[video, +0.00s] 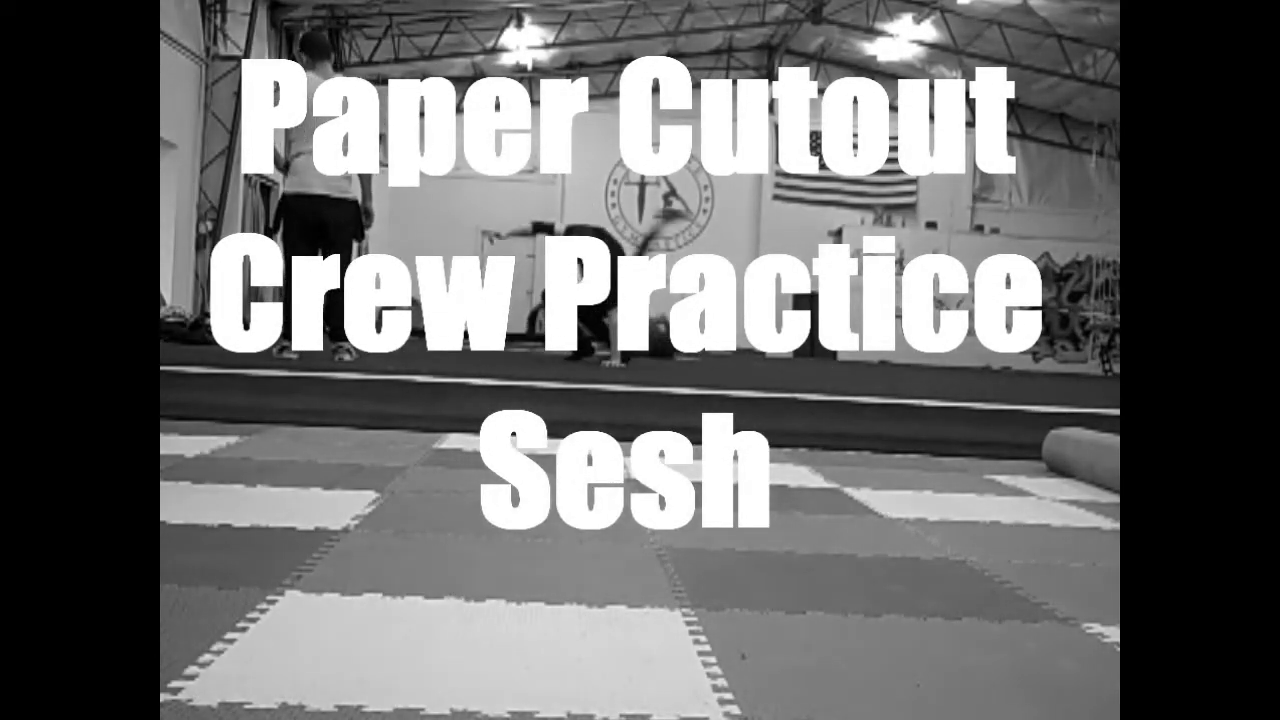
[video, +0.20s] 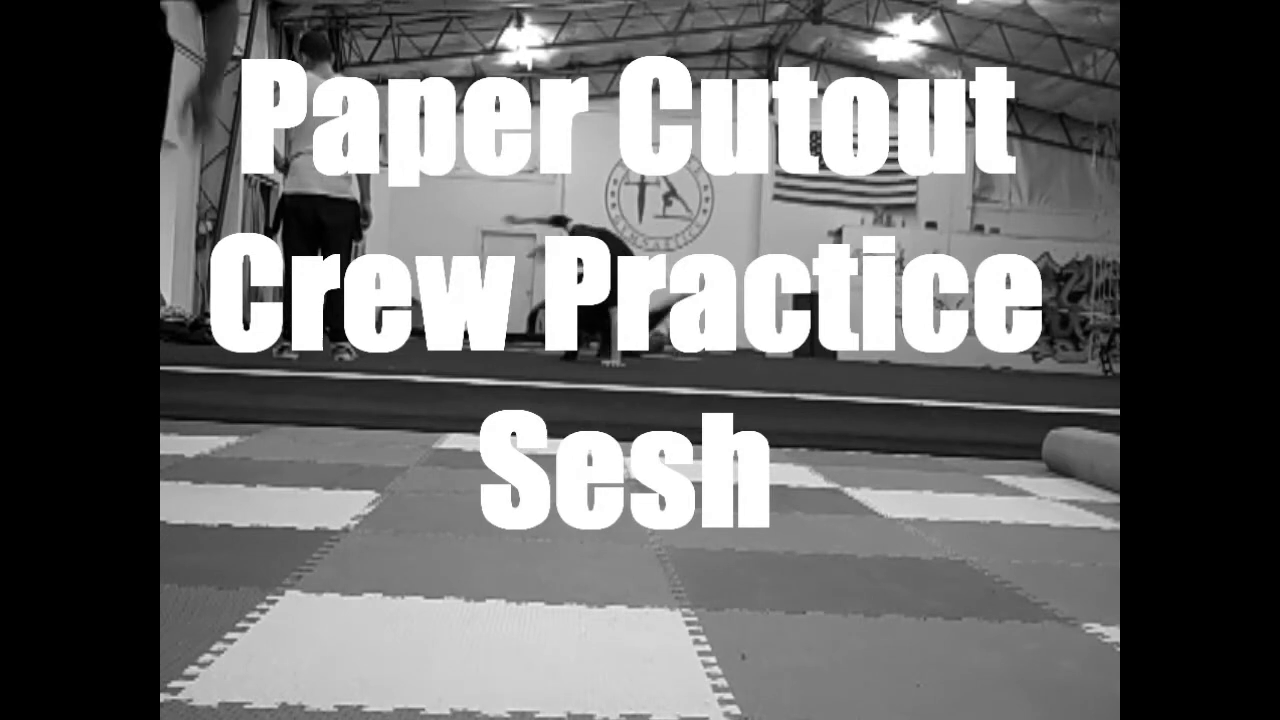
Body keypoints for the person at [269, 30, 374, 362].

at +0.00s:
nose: (301, 62)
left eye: (299, 57)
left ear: (303, 57)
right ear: (333, 56)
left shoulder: (292, 87)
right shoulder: (352, 90)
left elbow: (276, 144)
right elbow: (363, 152)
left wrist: (286, 167)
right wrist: (367, 201)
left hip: (298, 198)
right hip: (341, 199)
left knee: (295, 274)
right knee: (340, 275)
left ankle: (289, 342)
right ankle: (341, 343)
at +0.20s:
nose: (300, 62)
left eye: (299, 58)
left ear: (303, 57)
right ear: (333, 57)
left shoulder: (292, 87)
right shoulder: (351, 90)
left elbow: (275, 140)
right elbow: (362, 153)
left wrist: (284, 164)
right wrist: (366, 201)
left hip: (298, 196)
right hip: (340, 196)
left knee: (295, 272)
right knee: (339, 273)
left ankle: (289, 341)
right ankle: (340, 343)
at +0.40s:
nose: (301, 62)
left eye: (300, 57)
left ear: (303, 57)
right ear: (333, 56)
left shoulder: (292, 86)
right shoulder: (351, 90)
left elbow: (274, 141)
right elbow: (362, 152)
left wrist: (284, 164)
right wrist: (366, 201)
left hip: (298, 196)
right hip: (340, 196)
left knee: (295, 272)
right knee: (339, 274)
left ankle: (289, 341)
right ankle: (341, 343)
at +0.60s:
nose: (300, 62)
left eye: (300, 58)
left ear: (303, 57)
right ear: (333, 57)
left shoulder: (293, 86)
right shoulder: (352, 90)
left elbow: (276, 142)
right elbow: (363, 153)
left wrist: (285, 164)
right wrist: (367, 202)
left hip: (299, 196)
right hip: (341, 196)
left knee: (295, 272)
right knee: (339, 273)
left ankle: (289, 341)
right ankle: (340, 343)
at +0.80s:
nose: (301, 62)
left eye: (300, 58)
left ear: (303, 57)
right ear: (334, 57)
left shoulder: (293, 86)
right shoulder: (352, 90)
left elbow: (277, 142)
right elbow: (363, 153)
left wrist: (285, 164)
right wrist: (368, 202)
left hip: (299, 195)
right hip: (341, 196)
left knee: (295, 272)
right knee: (339, 273)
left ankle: (289, 341)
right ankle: (340, 343)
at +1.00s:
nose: (301, 63)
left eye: (300, 59)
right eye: (302, 59)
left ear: (304, 57)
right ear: (334, 57)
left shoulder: (294, 87)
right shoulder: (353, 90)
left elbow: (279, 145)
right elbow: (364, 153)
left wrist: (284, 164)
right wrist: (368, 202)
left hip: (300, 196)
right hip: (341, 196)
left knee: (295, 271)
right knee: (340, 273)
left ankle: (288, 341)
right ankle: (340, 342)